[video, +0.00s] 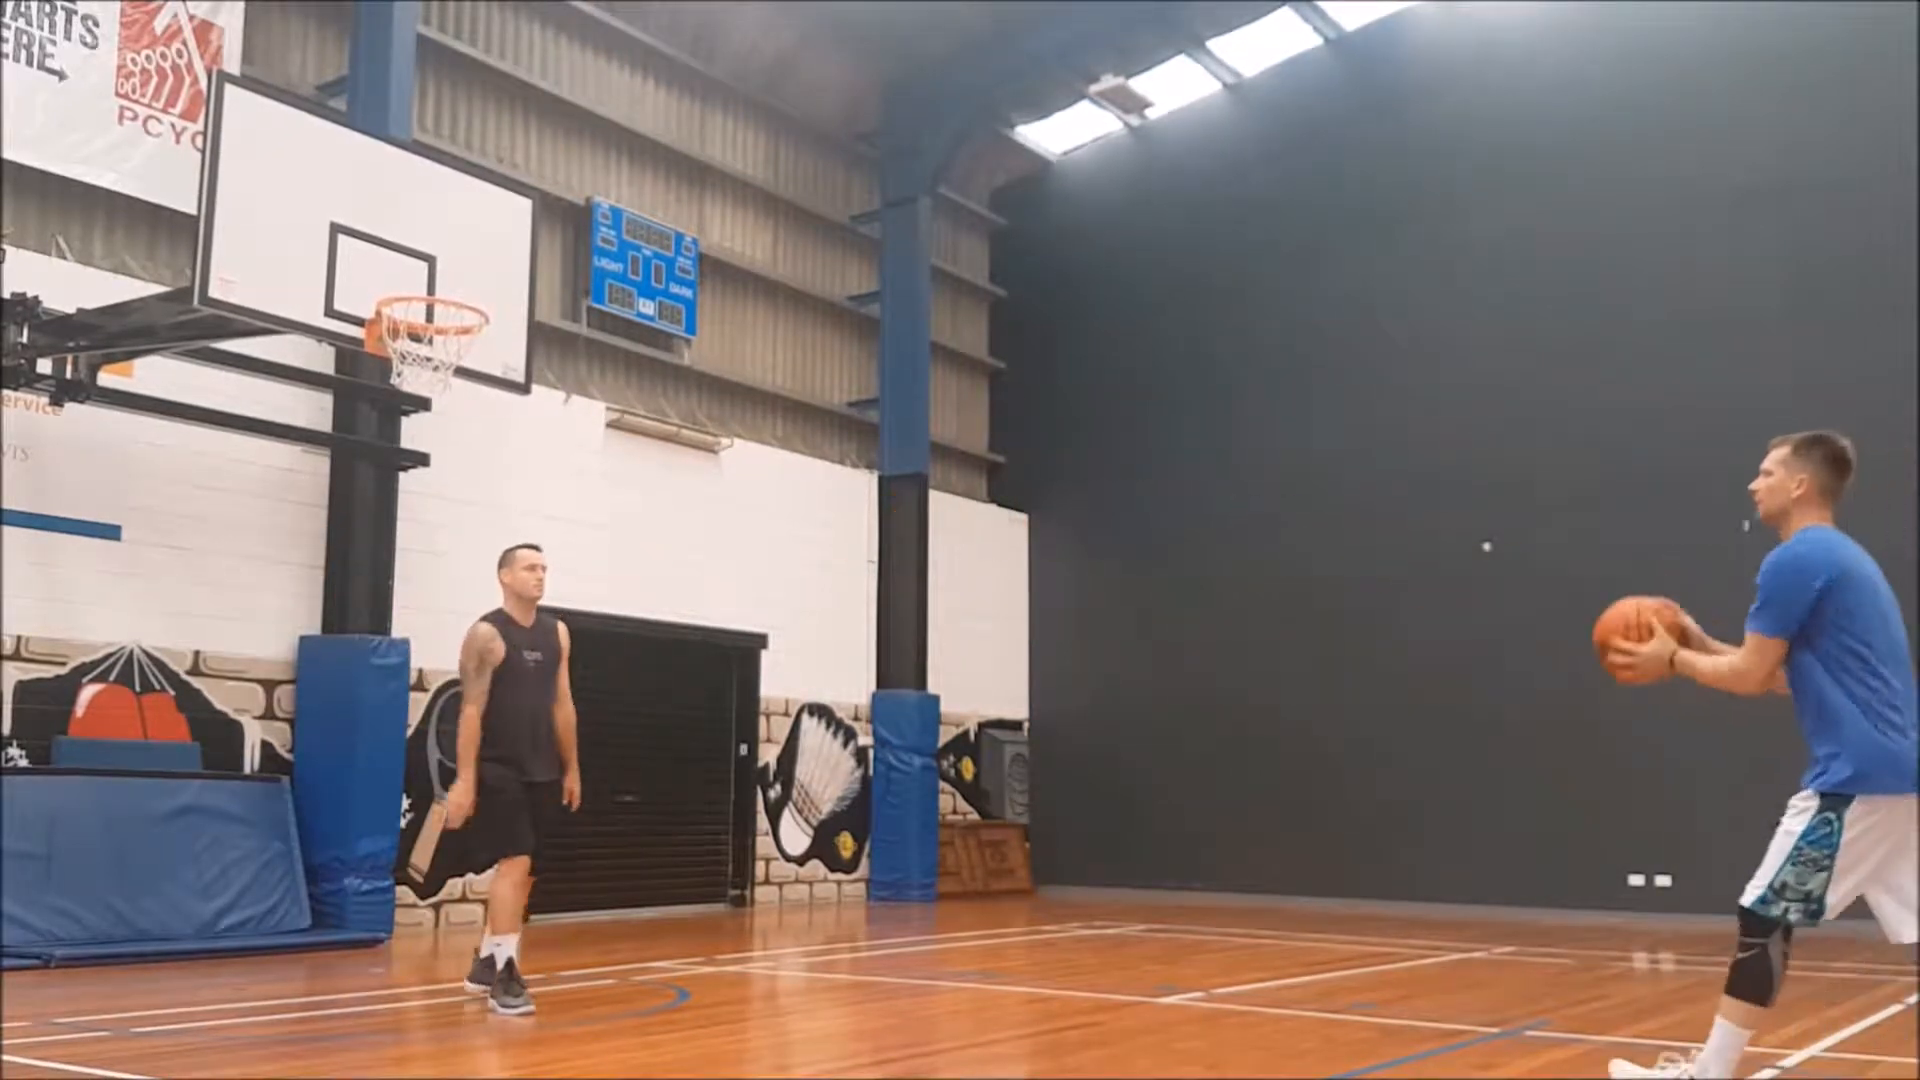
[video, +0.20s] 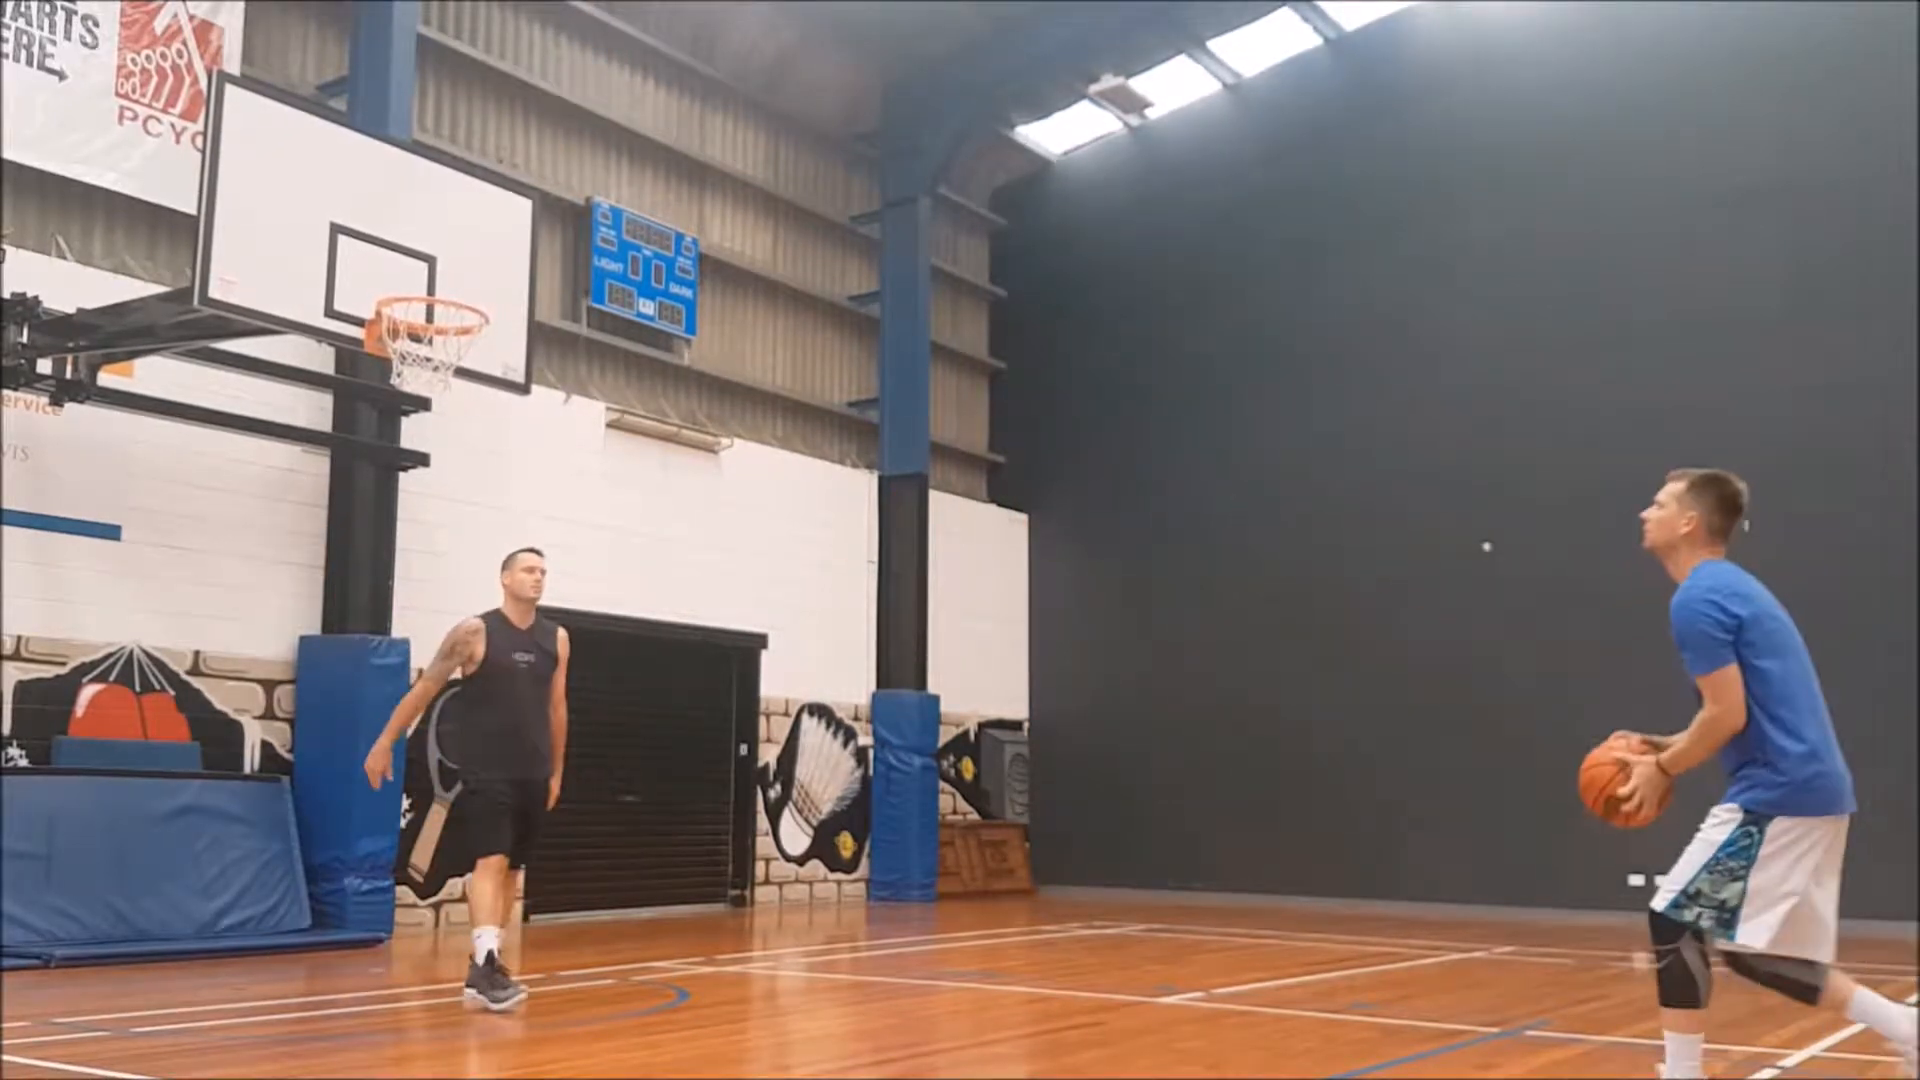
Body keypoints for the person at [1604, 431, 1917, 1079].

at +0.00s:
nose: (1753, 485)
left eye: (1765, 473)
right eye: (1758, 473)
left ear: (1801, 484)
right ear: (1812, 488)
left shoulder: (1798, 558)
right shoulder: (1845, 557)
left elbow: (1747, 673)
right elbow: (1782, 677)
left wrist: (1675, 660)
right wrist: (1697, 641)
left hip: (1857, 776)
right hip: (1901, 774)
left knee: (1764, 913)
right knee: (1914, 931)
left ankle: (1711, 1069)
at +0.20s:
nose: (1644, 514)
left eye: (1657, 505)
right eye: (1651, 503)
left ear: (1688, 522)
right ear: (1698, 525)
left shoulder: (1697, 597)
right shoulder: (1733, 588)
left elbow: (1725, 713)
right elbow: (1731, 715)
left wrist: (1663, 769)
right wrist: (1663, 749)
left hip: (1777, 791)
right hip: (1816, 790)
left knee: (1673, 920)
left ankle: (1679, 1072)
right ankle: (1904, 1027)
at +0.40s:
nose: (1607, 530)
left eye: (1622, 524)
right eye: (1616, 521)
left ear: (1653, 545)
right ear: (1651, 548)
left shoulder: (1678, 618)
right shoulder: (1640, 624)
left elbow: (1620, 727)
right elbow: (1593, 706)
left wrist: (1518, 721)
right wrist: (1508, 705)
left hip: (1718, 818)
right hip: (1675, 809)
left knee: (1612, 946)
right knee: (1575, 928)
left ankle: (1671, 1072)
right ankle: (1621, 1068)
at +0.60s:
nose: (1604, 499)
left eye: (1619, 493)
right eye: (1613, 489)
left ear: (1648, 518)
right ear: (1646, 520)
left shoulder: (1655, 586)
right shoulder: (1623, 584)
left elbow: (1525, 555)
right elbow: (1519, 555)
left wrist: (1531, 475)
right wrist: (1532, 479)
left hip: (1639, 805)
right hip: (1593, 795)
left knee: (1575, 952)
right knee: (1532, 935)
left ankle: (1667, 1071)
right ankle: (1609, 1069)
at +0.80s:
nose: (1614, 381)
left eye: (1630, 377)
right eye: (1622, 372)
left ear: (1657, 400)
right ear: (1633, 400)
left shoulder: (1649, 454)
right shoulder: (1601, 455)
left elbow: (1538, 388)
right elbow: (1522, 403)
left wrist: (1527, 301)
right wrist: (1530, 312)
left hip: (1607, 675)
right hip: (1562, 670)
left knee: (1602, 849)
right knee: (1567, 845)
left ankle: (1626, 1011)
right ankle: (1575, 999)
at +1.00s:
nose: (1615, 371)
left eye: (1630, 366)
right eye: (1625, 364)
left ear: (1654, 390)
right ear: (1645, 390)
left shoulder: (1646, 447)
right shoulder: (1614, 439)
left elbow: (1542, 400)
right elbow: (1556, 360)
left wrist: (1473, 329)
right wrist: (1517, 284)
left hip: (1606, 678)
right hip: (1556, 669)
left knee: (1586, 850)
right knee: (1540, 844)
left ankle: (1612, 1018)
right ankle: (1541, 1003)